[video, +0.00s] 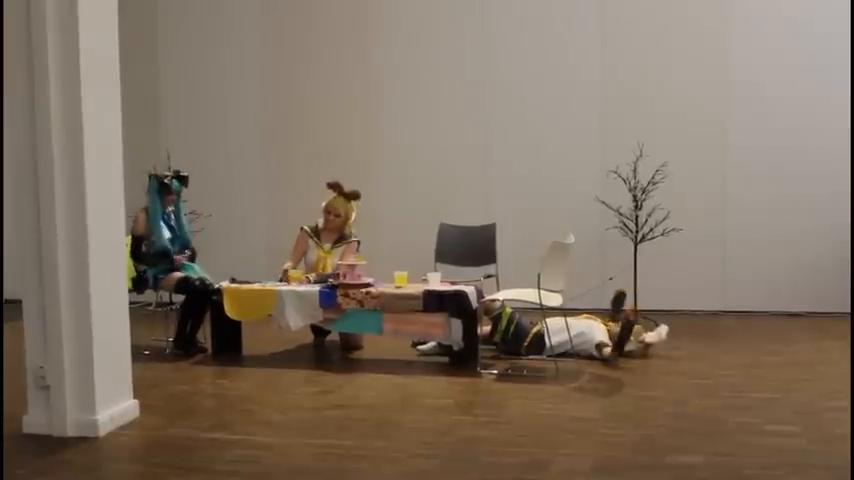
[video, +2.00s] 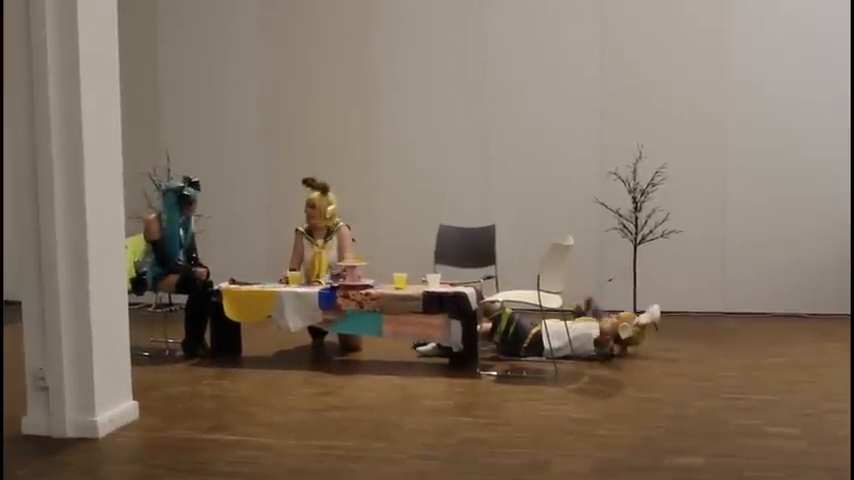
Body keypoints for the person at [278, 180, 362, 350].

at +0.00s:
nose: (330, 218)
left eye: (337, 215)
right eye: (328, 213)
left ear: (347, 219)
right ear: (323, 211)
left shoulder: (350, 241)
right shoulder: (308, 233)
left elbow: (341, 274)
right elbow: (293, 261)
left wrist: (312, 278)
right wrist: (286, 272)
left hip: (340, 292)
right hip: (311, 292)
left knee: (352, 344)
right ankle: (318, 336)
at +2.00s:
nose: (307, 211)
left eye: (313, 207)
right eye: (307, 206)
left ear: (327, 210)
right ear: (305, 209)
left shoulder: (340, 230)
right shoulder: (302, 233)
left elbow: (346, 260)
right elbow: (295, 264)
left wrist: (342, 278)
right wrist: (289, 279)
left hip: (337, 289)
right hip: (310, 291)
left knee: (353, 344)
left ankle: (345, 336)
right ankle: (317, 339)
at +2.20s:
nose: (315, 207)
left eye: (321, 204)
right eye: (313, 203)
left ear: (332, 207)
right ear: (311, 205)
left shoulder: (338, 228)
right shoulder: (305, 225)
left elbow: (351, 226)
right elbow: (273, 224)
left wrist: (353, 223)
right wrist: (283, 247)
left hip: (339, 288)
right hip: (310, 288)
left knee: (354, 345)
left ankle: (344, 338)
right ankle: (317, 338)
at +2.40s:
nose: (308, 208)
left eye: (313, 204)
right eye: (308, 203)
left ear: (326, 207)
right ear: (308, 206)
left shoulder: (337, 229)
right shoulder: (308, 226)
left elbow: (344, 193)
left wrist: (351, 162)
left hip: (336, 298)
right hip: (308, 298)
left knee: (350, 345)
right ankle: (318, 335)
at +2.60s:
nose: (305, 209)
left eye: (310, 206)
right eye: (306, 205)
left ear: (323, 209)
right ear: (303, 209)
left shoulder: (336, 230)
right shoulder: (305, 230)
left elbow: (354, 196)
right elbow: (290, 197)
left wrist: (375, 173)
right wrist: (292, 176)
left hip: (336, 295)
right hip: (309, 295)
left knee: (352, 346)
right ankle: (316, 340)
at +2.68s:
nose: (307, 210)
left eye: (312, 206)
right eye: (305, 206)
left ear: (324, 209)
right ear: (303, 208)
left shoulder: (335, 229)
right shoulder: (305, 231)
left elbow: (355, 199)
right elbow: (288, 200)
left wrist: (379, 177)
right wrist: (288, 176)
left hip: (336, 294)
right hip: (309, 294)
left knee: (352, 346)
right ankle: (317, 339)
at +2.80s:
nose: (315, 213)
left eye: (319, 209)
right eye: (310, 209)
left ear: (328, 212)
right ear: (304, 212)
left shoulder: (335, 231)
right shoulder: (303, 233)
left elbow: (356, 202)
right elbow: (283, 201)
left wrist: (381, 183)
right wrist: (282, 175)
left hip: (336, 295)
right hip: (309, 296)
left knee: (351, 346)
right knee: (291, 300)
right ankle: (316, 339)